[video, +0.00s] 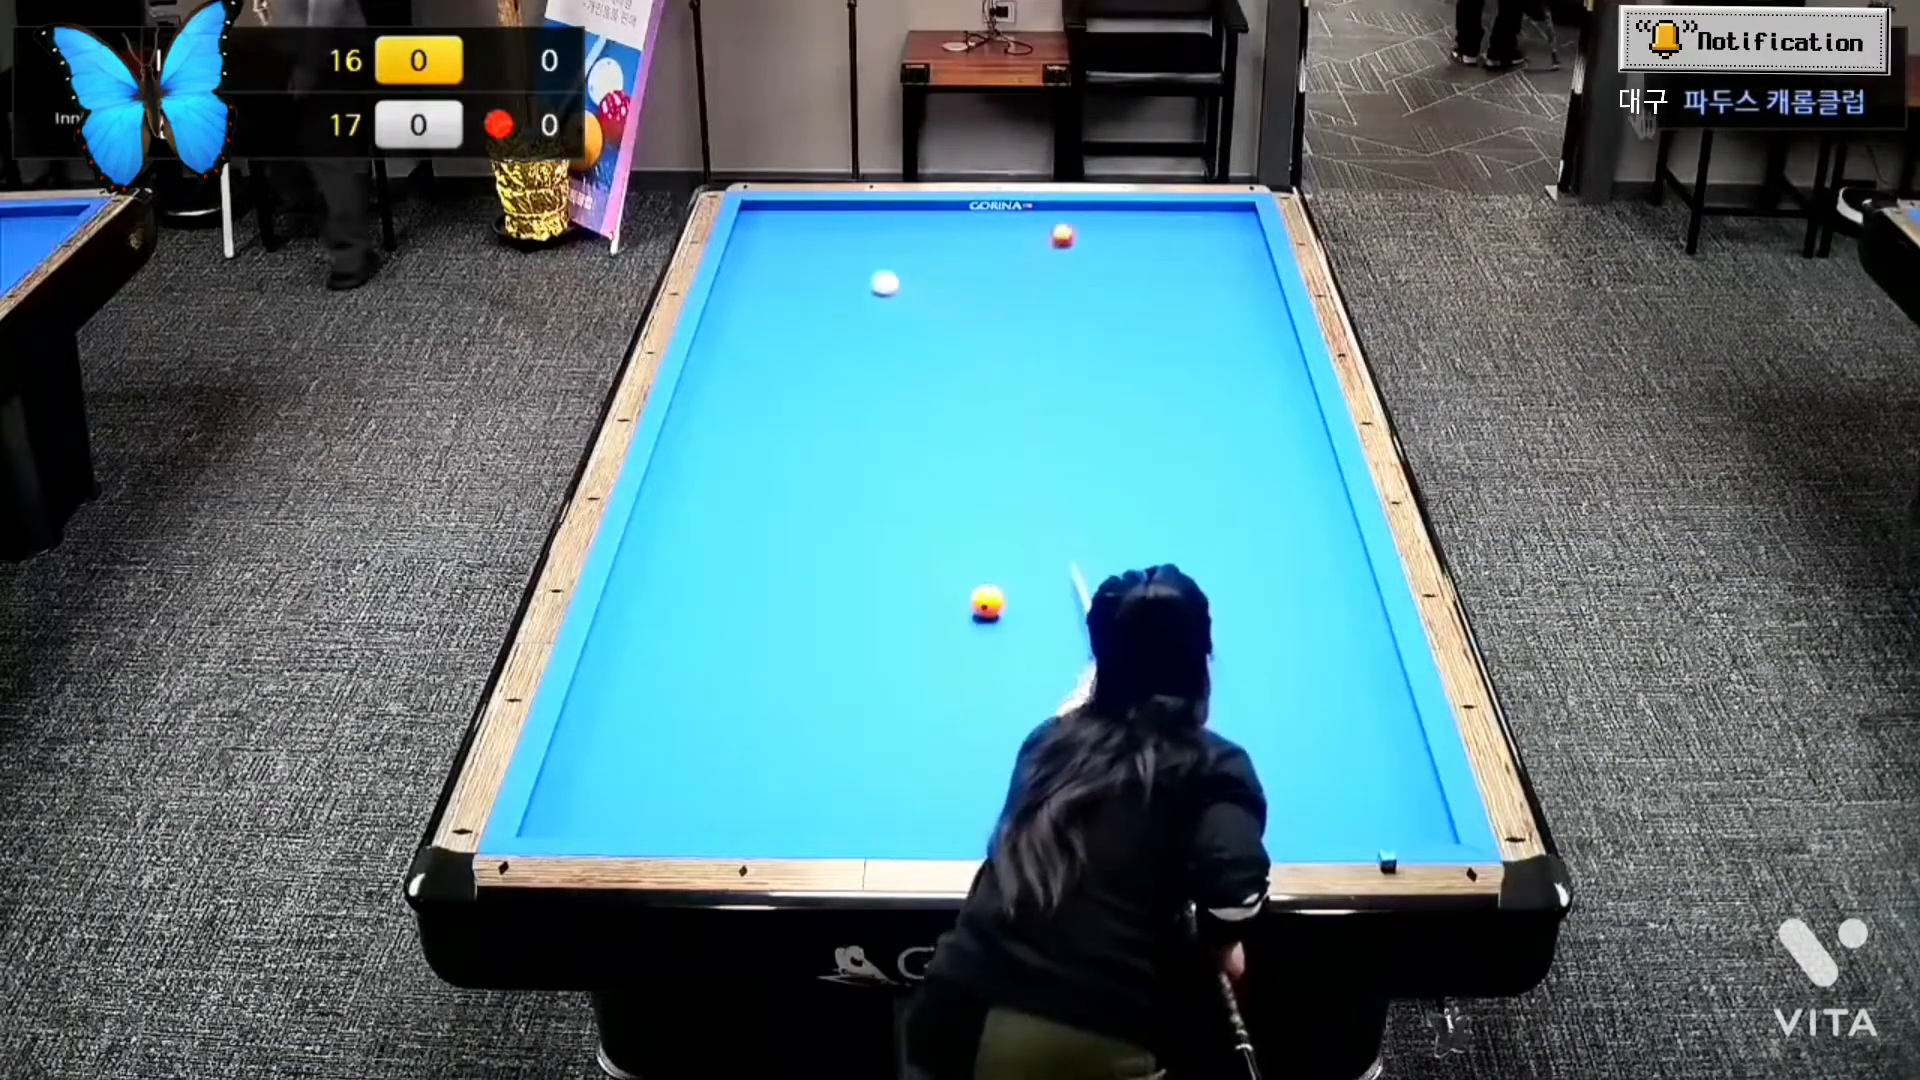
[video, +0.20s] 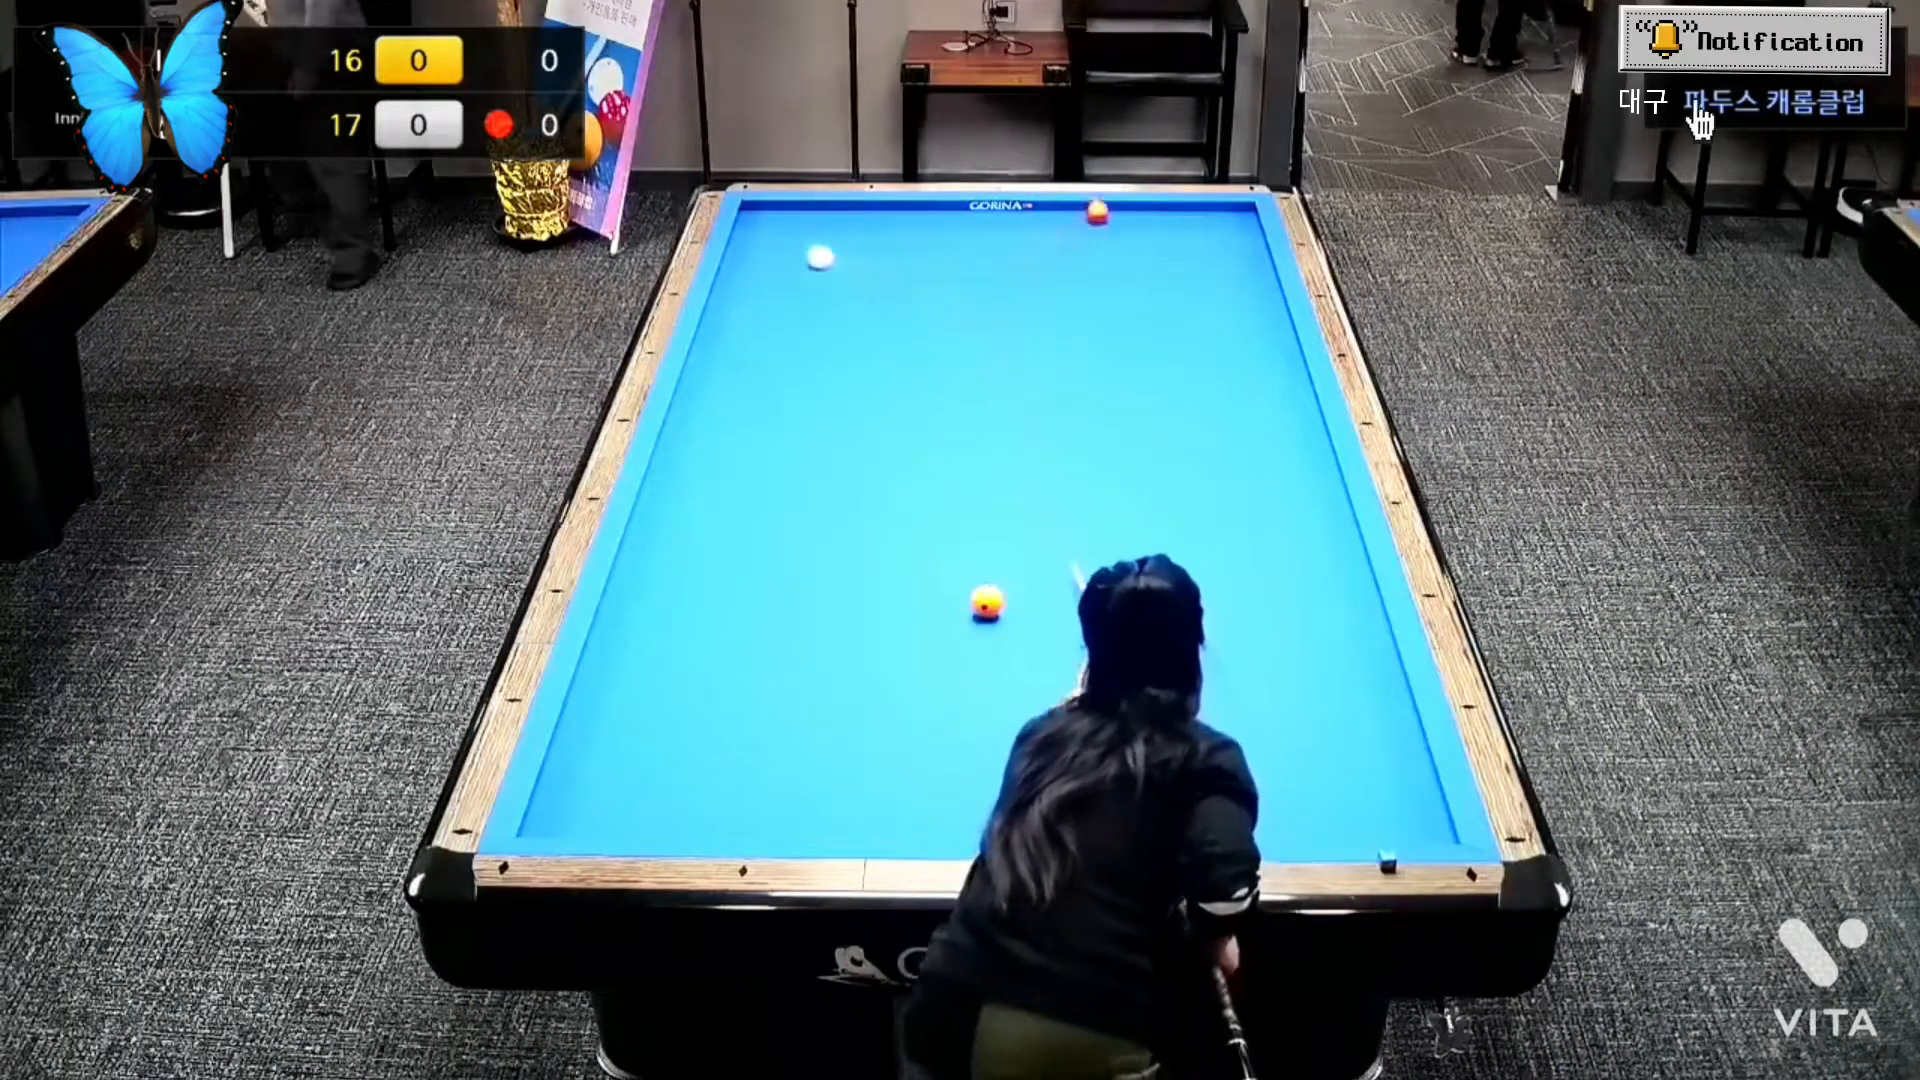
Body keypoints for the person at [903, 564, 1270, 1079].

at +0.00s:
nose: (1208, 660)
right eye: (1203, 648)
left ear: (1103, 656)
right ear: (1196, 658)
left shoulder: (1049, 740)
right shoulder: (1217, 764)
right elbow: (1232, 874)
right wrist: (1223, 943)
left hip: (988, 1012)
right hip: (1112, 1029)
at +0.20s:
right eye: (1195, 637)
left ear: (1096, 645)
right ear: (1189, 649)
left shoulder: (1043, 732)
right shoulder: (1209, 755)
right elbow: (1223, 873)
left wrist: (1077, 704)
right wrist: (1220, 937)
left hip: (981, 1008)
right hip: (1109, 1023)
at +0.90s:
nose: (1152, 523)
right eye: (1147, 509)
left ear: (1035, 516)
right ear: (1138, 527)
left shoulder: (982, 623)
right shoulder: (1154, 674)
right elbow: (1151, 863)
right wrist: (1178, 906)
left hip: (943, 969)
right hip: (1067, 993)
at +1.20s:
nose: (1148, 513)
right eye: (1146, 500)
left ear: (1027, 501)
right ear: (1140, 520)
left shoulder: (967, 613)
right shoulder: (1153, 680)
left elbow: (937, 749)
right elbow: (1146, 866)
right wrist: (1173, 920)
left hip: (962, 963)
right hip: (1092, 980)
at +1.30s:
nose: (1155, 523)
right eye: (1153, 508)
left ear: (1029, 507)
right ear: (1145, 528)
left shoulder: (968, 615)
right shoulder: (1162, 694)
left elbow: (925, 759)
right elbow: (1153, 898)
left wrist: (977, 836)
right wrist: (1186, 934)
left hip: (967, 973)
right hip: (1103, 991)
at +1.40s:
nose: (1169, 534)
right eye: (1167, 521)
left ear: (1040, 520)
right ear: (1162, 538)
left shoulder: (977, 623)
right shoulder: (1181, 708)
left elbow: (929, 771)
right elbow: (1179, 919)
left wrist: (974, 863)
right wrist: (1210, 946)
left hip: (982, 987)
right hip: (1124, 1005)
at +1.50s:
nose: (1174, 540)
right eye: (1173, 526)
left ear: (1045, 526)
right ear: (1169, 543)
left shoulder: (986, 626)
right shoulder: (1191, 715)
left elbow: (933, 771)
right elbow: (1192, 924)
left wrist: (981, 858)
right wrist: (1219, 951)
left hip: (990, 987)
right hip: (1133, 1005)